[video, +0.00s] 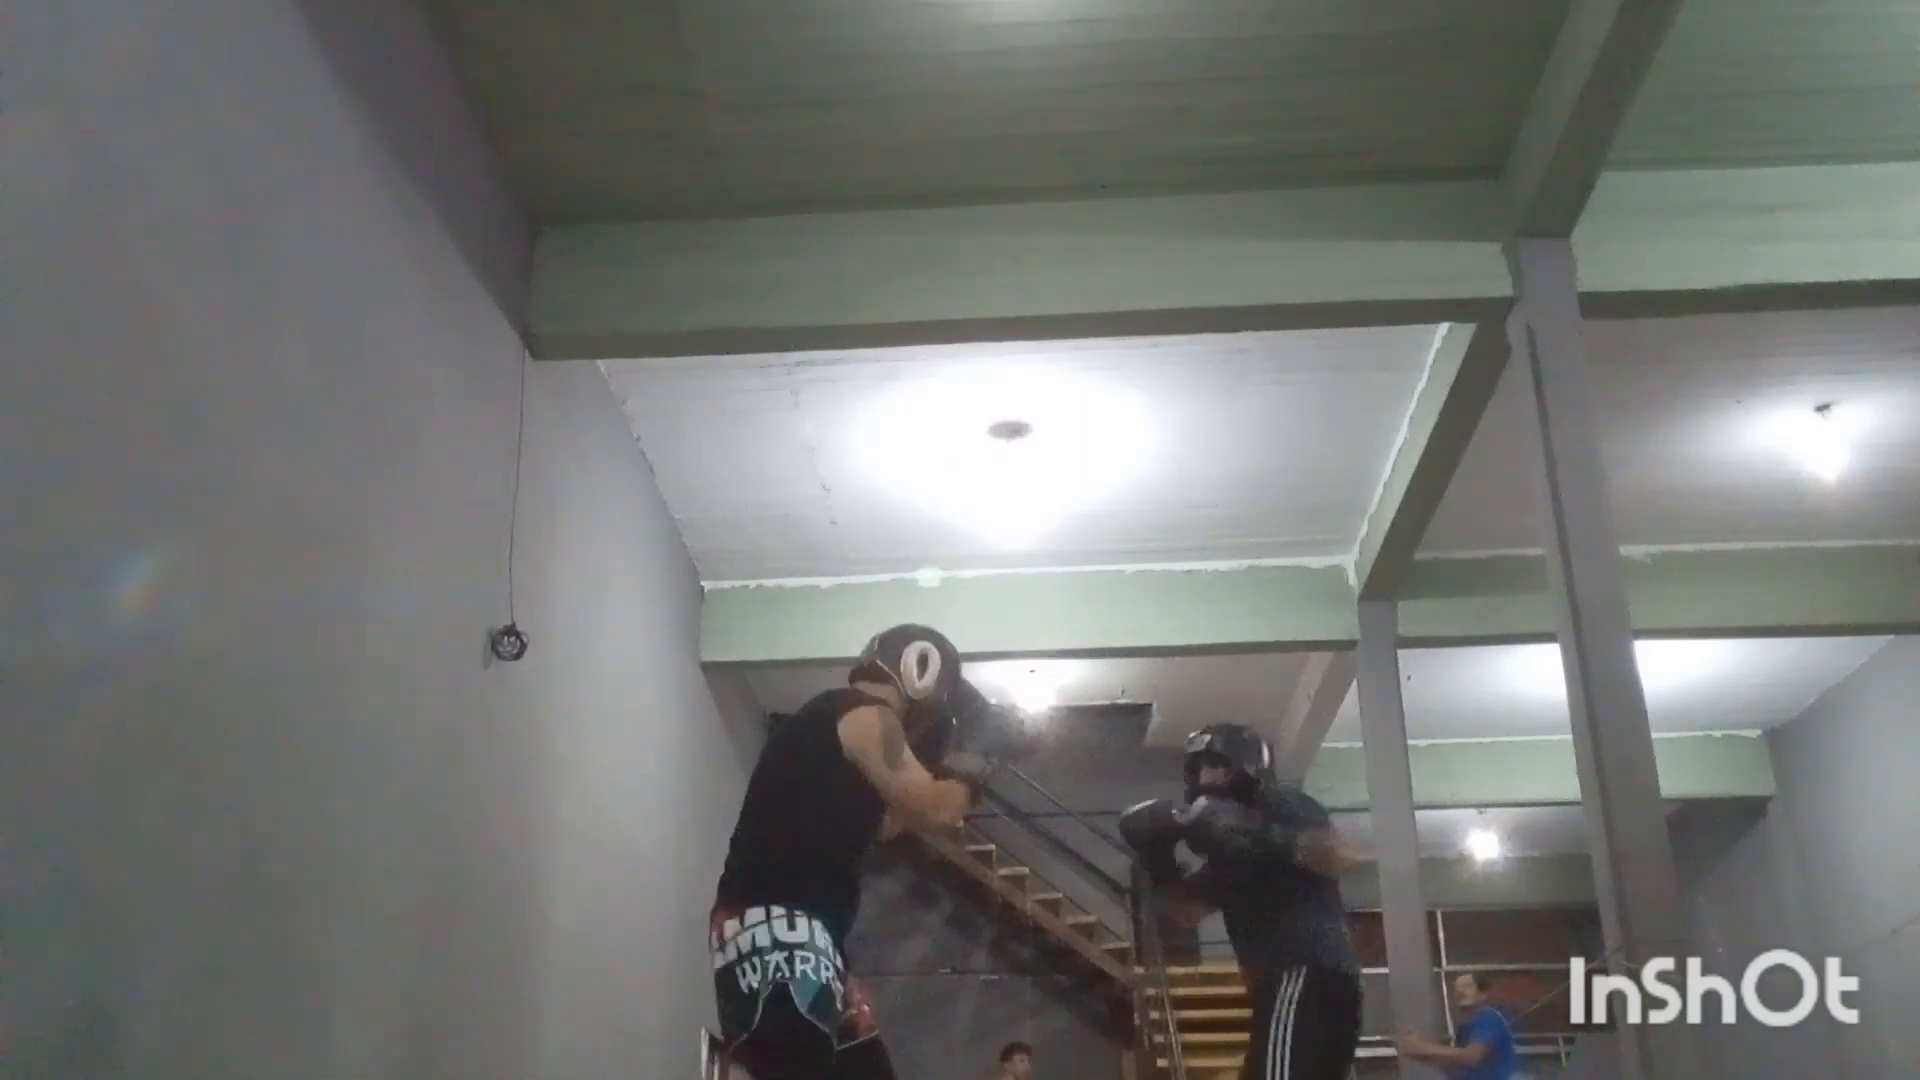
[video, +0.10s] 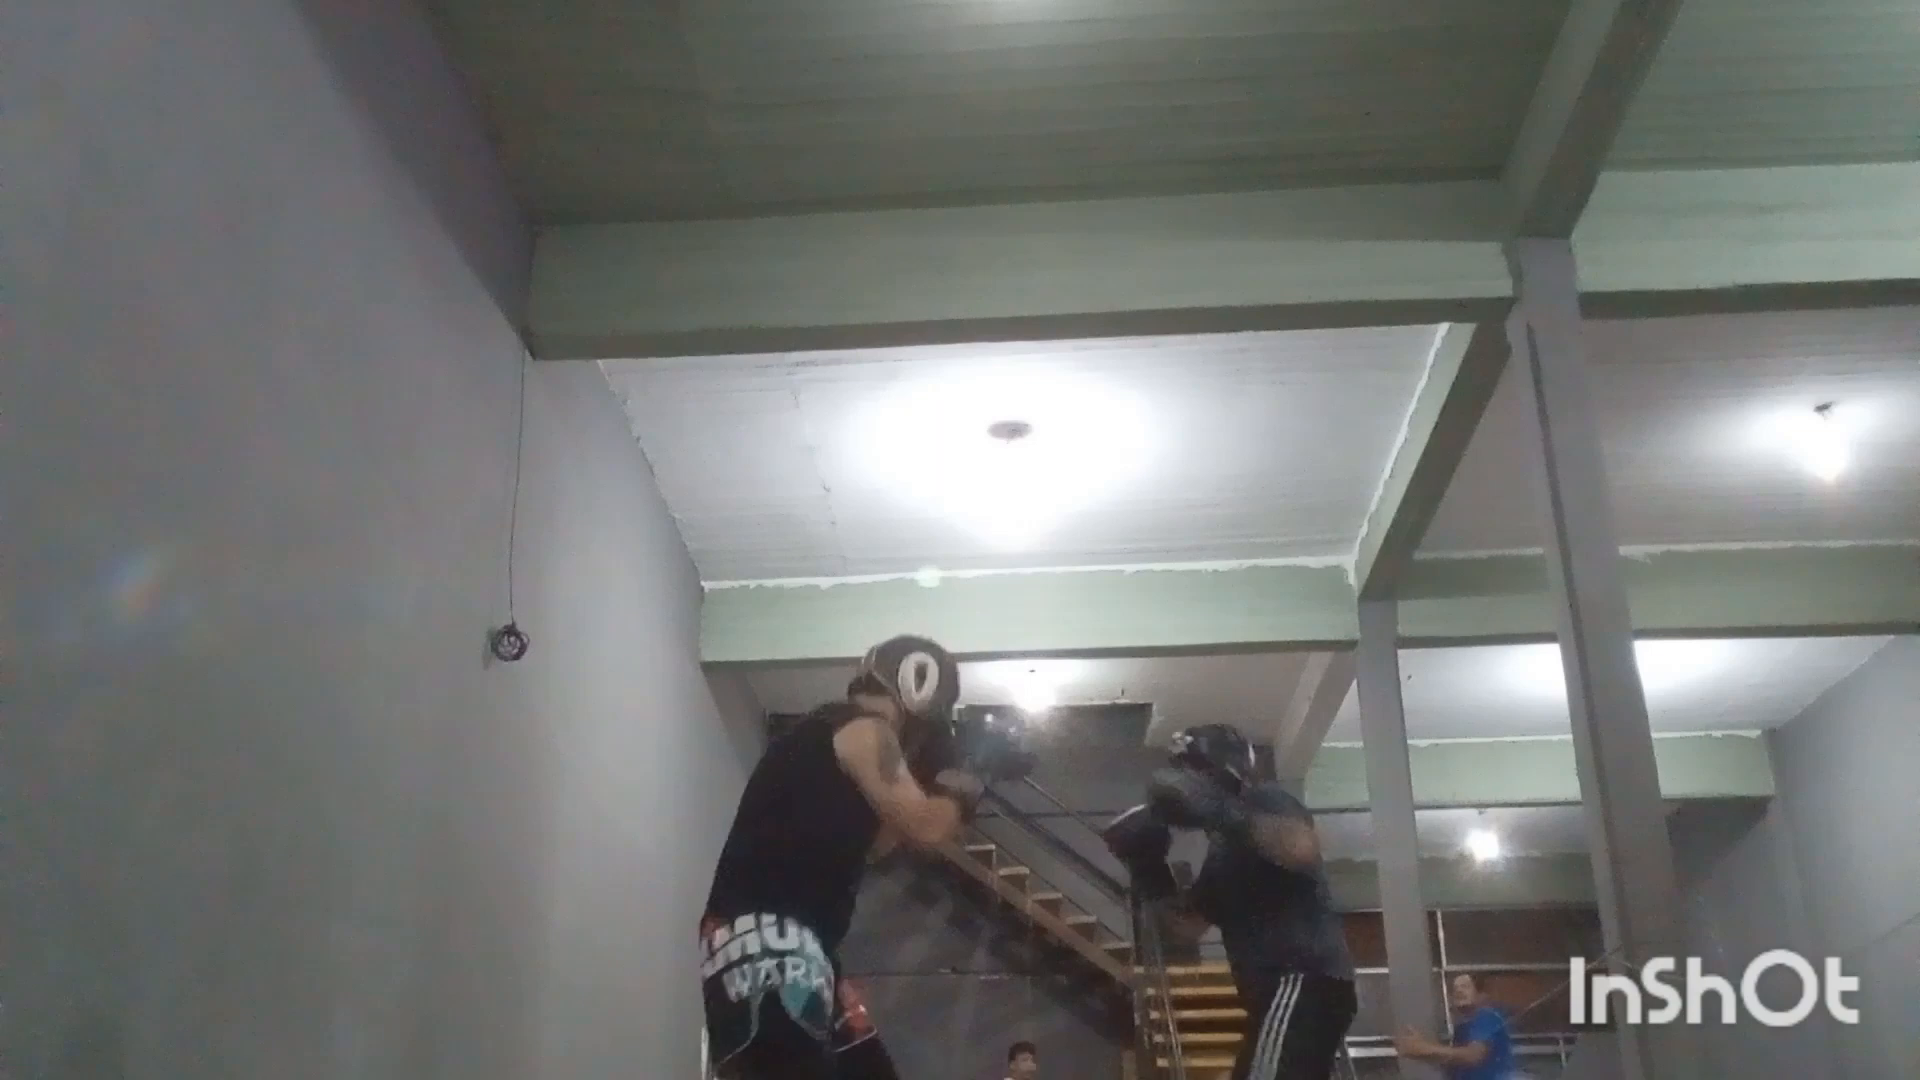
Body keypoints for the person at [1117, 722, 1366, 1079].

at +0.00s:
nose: (1202, 780)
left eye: (1213, 767)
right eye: (1197, 769)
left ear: (1243, 769)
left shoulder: (1287, 804)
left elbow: (1322, 853)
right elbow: (1184, 907)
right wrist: (1155, 846)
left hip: (1311, 973)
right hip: (1279, 978)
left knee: (1278, 1070)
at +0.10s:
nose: (1182, 782)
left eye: (1191, 768)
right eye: (1180, 771)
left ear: (1220, 769)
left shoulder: (1267, 799)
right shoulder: (1223, 845)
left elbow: (1301, 848)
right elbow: (1186, 927)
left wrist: (1215, 808)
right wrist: (1147, 861)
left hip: (1306, 979)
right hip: (1273, 986)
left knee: (1263, 1072)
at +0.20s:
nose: (1176, 755)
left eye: (1183, 742)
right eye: (1173, 746)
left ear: (1215, 744)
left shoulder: (1257, 786)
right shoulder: (1219, 825)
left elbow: (1233, 820)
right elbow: (1183, 915)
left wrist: (1161, 766)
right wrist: (1141, 862)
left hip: (1299, 966)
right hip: (1267, 974)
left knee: (1248, 1072)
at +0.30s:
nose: (1175, 743)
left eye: (1183, 730)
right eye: (1175, 732)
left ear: (1208, 732)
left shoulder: (1254, 773)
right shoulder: (1223, 796)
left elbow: (1207, 805)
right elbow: (1176, 879)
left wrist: (1158, 744)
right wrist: (1132, 829)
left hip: (1299, 958)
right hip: (1270, 962)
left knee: (1246, 1072)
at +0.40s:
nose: (1176, 719)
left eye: (1183, 708)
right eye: (1177, 710)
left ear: (1208, 709)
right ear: (1226, 711)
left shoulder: (1263, 752)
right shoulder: (1221, 787)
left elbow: (1207, 765)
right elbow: (1145, 834)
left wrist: (1163, 710)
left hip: (1298, 949)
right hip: (1273, 953)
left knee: (1244, 1073)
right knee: (1288, 1073)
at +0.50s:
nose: (1179, 729)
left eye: (1187, 718)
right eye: (1180, 721)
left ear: (1211, 716)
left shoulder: (1277, 756)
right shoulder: (1227, 796)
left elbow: (1242, 777)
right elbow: (1154, 842)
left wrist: (1178, 718)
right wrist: (1126, 766)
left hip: (1305, 951)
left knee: (1241, 1069)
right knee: (1321, 1073)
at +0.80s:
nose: (1164, 719)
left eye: (1168, 705)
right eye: (1161, 708)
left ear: (1191, 701)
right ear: (1221, 698)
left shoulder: (1238, 744)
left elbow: (1186, 764)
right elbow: (1166, 856)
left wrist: (1127, 710)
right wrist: (1113, 776)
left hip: (1281, 944)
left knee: (1212, 1069)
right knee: (1328, 1070)